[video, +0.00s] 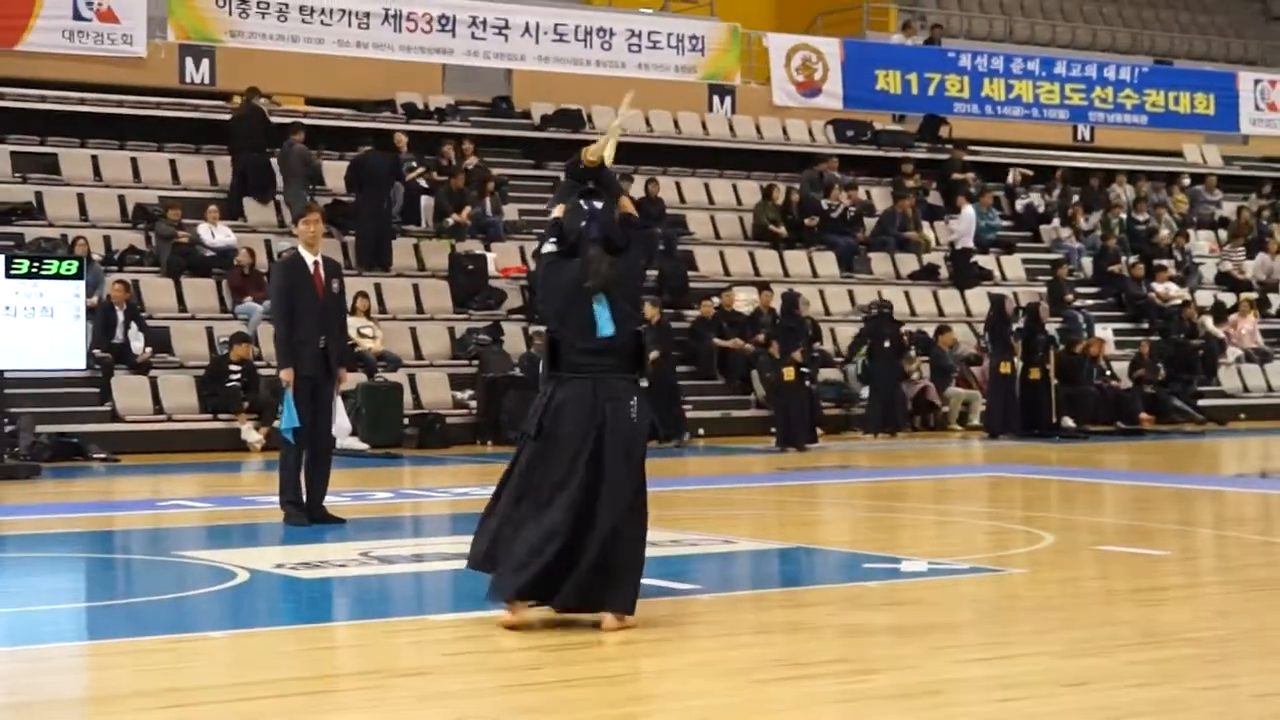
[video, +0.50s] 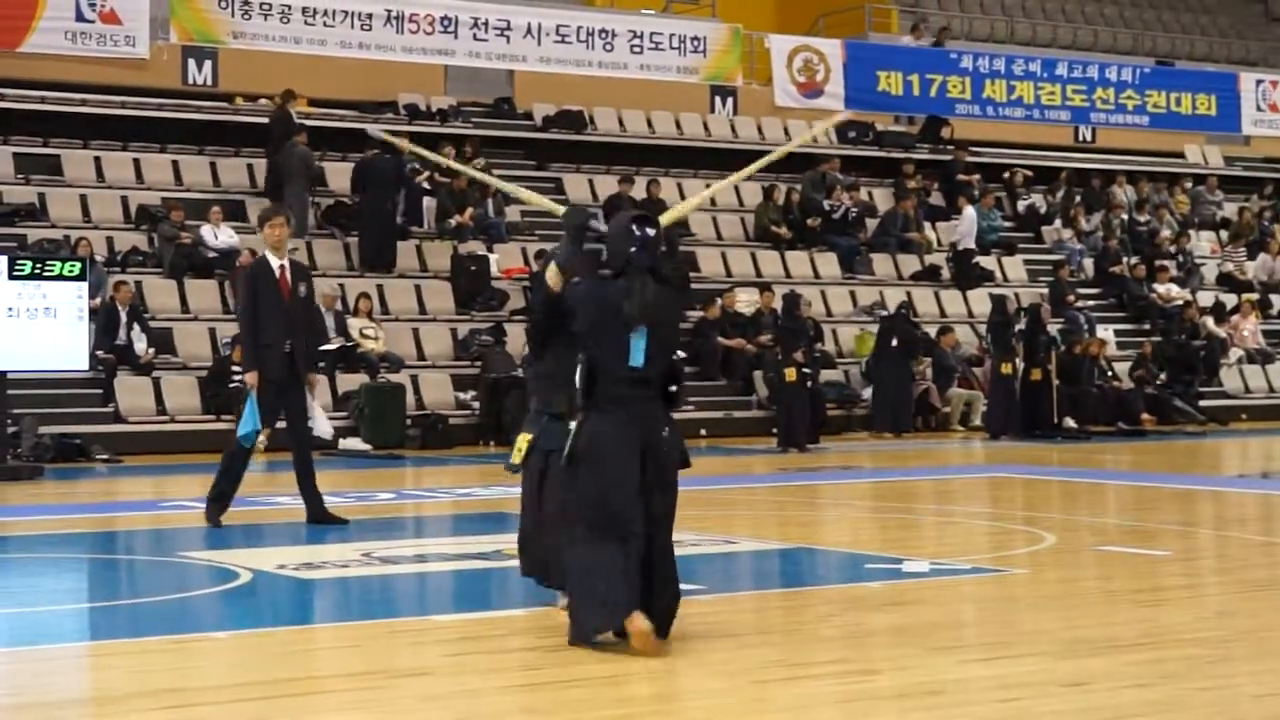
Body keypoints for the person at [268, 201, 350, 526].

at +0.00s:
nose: (312, 228)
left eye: (316, 223)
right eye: (306, 223)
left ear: (323, 227)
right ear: (296, 229)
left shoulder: (333, 267)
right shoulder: (284, 267)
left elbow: (339, 318)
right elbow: (280, 319)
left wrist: (341, 362)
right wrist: (284, 363)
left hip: (326, 361)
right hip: (297, 362)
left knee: (322, 436)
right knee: (295, 435)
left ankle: (316, 503)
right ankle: (291, 505)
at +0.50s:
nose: (277, 232)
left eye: (282, 226)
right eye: (271, 227)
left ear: (290, 230)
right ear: (261, 233)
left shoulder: (301, 271)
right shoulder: (250, 272)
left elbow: (311, 321)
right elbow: (246, 321)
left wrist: (313, 366)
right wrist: (250, 366)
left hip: (295, 364)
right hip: (265, 365)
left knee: (301, 440)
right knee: (248, 437)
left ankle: (315, 508)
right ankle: (216, 503)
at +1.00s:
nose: (201, 233)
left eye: (205, 227)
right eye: (195, 228)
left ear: (214, 231)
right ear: (186, 234)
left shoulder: (233, 267)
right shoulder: (178, 272)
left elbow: (244, 320)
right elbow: (172, 324)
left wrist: (246, 365)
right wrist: (174, 368)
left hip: (226, 364)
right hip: (191, 366)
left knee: (224, 435)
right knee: (194, 439)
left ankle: (227, 506)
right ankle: (204, 507)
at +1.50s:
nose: (136, 235)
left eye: (141, 229)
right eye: (130, 230)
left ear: (153, 233)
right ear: (122, 236)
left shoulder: (168, 268)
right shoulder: (119, 274)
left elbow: (178, 323)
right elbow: (113, 328)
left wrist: (179, 373)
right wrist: (114, 375)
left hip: (157, 370)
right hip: (129, 370)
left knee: (131, 440)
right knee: (153, 444)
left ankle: (114, 517)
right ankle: (195, 504)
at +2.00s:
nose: (79, 221)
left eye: (83, 216)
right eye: (72, 217)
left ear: (93, 221)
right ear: (62, 225)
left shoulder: (113, 262)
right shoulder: (53, 267)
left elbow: (126, 315)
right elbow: (47, 321)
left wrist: (131, 362)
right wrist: (47, 368)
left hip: (105, 365)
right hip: (66, 366)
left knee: (110, 442)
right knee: (51, 441)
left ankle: (112, 515)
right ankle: (35, 511)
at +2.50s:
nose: (56, 217)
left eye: (61, 211)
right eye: (48, 212)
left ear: (68, 217)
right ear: (36, 219)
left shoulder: (87, 259)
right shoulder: (23, 260)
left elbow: (96, 314)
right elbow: (16, 316)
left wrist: (97, 361)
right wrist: (18, 365)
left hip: (75, 361)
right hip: (37, 362)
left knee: (72, 441)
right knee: (35, 440)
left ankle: (64, 514)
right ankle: (33, 513)